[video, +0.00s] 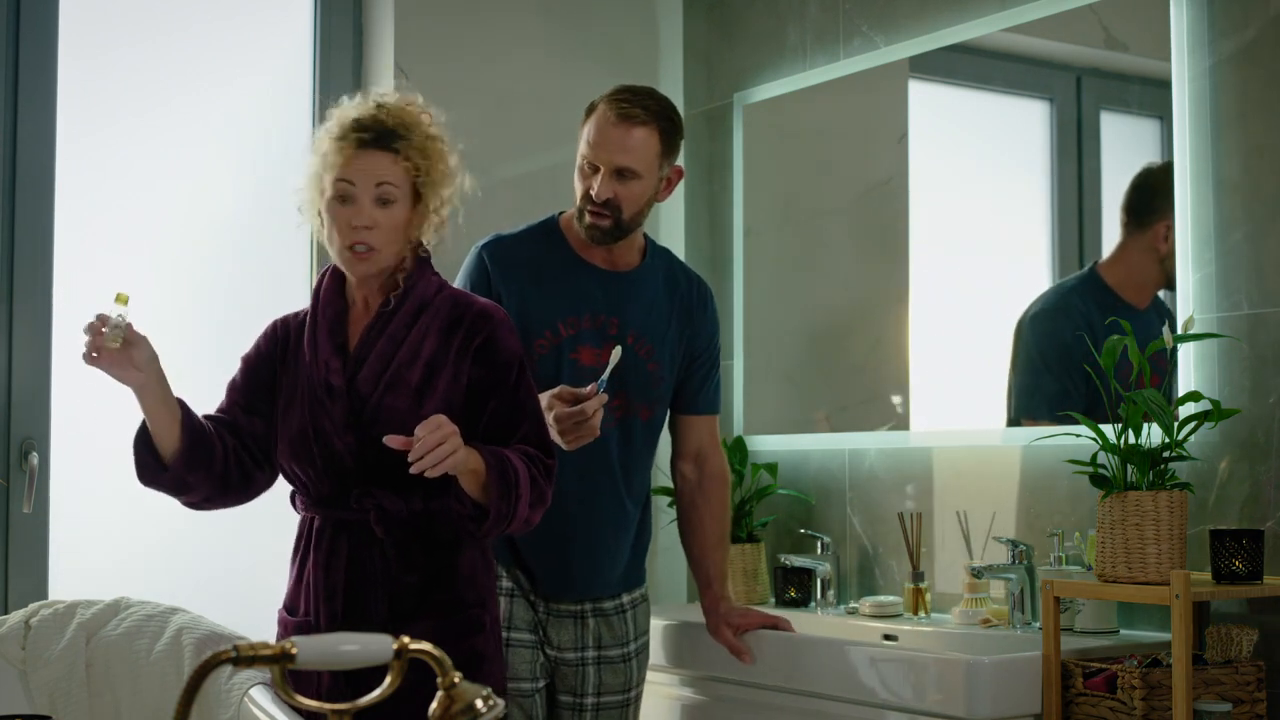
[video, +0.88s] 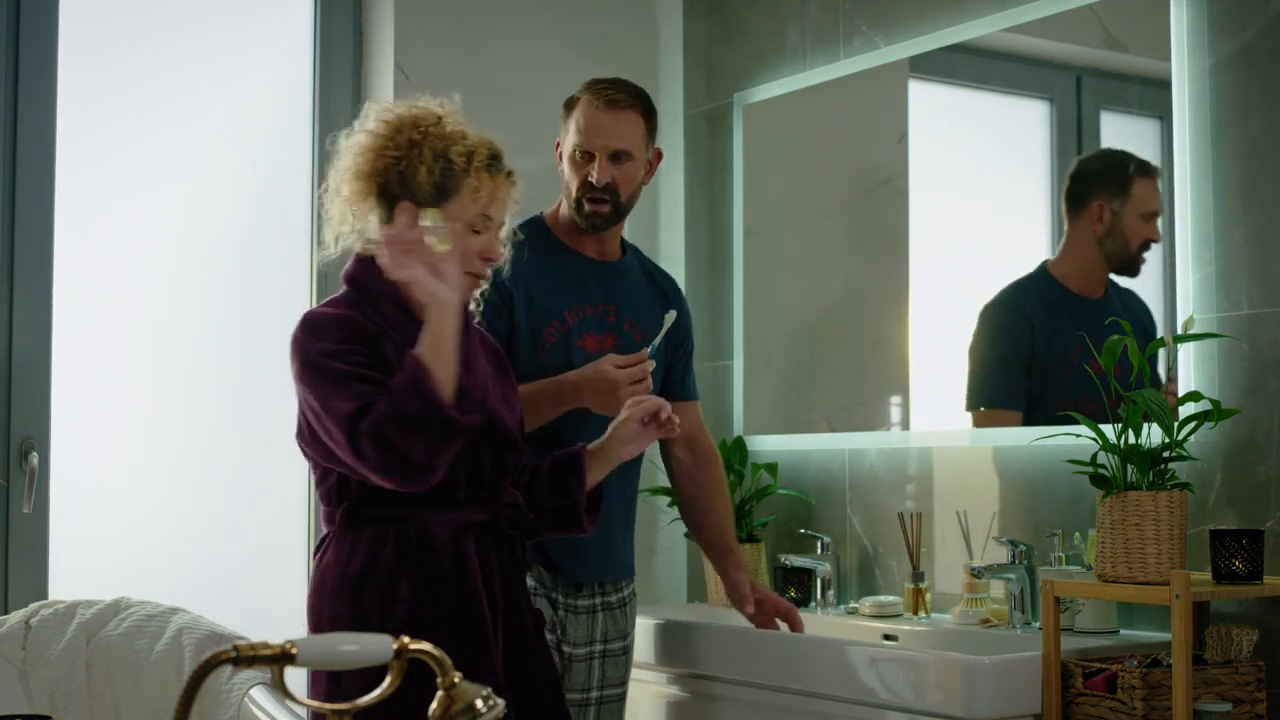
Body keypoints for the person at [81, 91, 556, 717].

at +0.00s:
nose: (360, 218)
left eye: (385, 199)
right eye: (343, 197)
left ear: (422, 214)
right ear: (321, 208)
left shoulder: (477, 331)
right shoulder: (289, 343)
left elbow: (529, 485)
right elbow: (222, 473)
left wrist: (466, 460)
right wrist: (148, 381)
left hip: (445, 617)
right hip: (319, 617)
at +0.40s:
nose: (435, 224)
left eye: (441, 204)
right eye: (412, 201)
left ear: (451, 207)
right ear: (348, 205)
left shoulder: (479, 328)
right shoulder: (284, 341)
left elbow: (529, 505)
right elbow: (241, 497)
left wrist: (535, 454)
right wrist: (205, 369)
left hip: (479, 612)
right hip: (349, 619)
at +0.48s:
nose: (441, 227)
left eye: (446, 207)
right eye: (420, 206)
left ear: (453, 210)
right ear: (355, 211)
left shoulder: (478, 327)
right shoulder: (291, 336)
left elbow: (509, 489)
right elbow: (253, 481)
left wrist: (538, 448)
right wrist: (233, 336)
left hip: (482, 602)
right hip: (358, 606)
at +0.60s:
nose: (443, 234)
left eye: (451, 215)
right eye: (423, 211)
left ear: (461, 217)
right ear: (360, 210)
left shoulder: (475, 331)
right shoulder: (305, 325)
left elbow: (509, 488)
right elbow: (282, 453)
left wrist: (562, 434)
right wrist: (281, 300)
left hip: (485, 600)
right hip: (368, 602)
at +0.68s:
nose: (459, 240)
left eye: (464, 220)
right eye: (439, 217)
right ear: (373, 217)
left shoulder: (474, 336)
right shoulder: (301, 328)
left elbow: (508, 491)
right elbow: (309, 446)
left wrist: (578, 435)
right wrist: (325, 293)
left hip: (487, 604)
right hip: (372, 609)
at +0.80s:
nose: (476, 247)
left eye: (482, 227)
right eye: (457, 222)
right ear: (389, 217)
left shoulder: (477, 346)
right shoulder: (316, 332)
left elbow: (507, 491)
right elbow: (365, 454)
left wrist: (599, 445)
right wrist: (392, 304)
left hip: (490, 611)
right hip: (377, 617)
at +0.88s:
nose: (498, 251)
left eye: (501, 229)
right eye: (479, 226)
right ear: (407, 223)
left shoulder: (482, 349)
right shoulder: (330, 335)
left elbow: (510, 495)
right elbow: (403, 460)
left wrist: (611, 450)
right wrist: (442, 314)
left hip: (495, 611)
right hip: (385, 618)